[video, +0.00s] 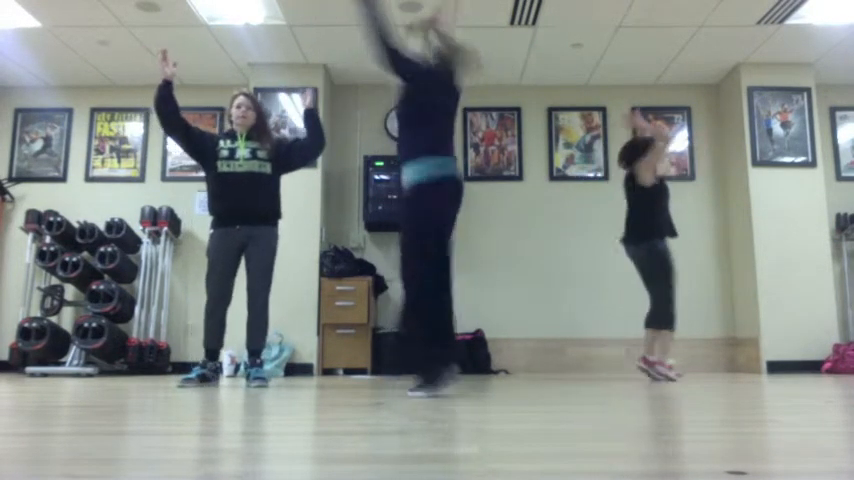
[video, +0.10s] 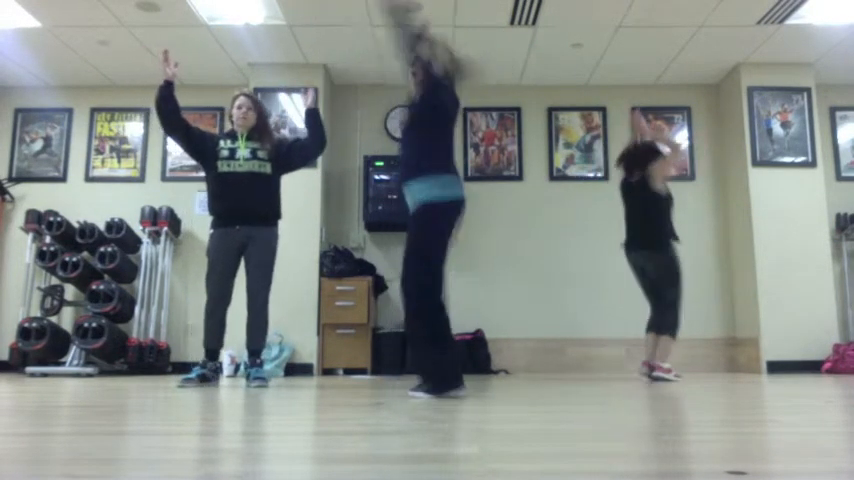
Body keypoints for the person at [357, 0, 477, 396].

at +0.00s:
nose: (414, 48)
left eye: (418, 45)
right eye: (419, 43)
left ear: (424, 52)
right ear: (449, 58)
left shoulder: (422, 78)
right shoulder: (446, 83)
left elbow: (388, 50)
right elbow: (442, 57)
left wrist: (368, 5)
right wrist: (433, 28)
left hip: (426, 185)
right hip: (443, 183)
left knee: (419, 273)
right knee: (433, 271)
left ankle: (432, 367)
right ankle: (440, 361)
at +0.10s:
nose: (412, 77)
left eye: (416, 71)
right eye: (412, 71)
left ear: (427, 73)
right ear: (435, 73)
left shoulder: (436, 99)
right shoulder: (433, 101)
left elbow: (428, 61)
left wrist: (414, 28)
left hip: (435, 199)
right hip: (434, 199)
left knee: (418, 286)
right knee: (423, 286)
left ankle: (439, 377)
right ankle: (442, 374)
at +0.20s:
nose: (424, 66)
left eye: (431, 61)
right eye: (421, 61)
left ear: (445, 65)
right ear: (416, 67)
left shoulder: (456, 96)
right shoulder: (413, 105)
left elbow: (489, 66)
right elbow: (387, 88)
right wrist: (390, 50)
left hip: (445, 200)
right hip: (419, 203)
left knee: (430, 283)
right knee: (417, 283)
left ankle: (438, 373)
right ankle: (433, 370)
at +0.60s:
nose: (454, 72)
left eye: (460, 68)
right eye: (449, 68)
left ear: (469, 75)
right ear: (441, 75)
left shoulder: (485, 118)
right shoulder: (425, 112)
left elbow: (531, 142)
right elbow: (371, 107)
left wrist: (544, 105)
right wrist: (386, 63)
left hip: (473, 214)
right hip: (429, 213)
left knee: (480, 294)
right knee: (426, 296)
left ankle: (491, 378)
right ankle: (433, 379)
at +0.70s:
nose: (459, 62)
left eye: (465, 57)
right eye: (453, 58)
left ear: (473, 66)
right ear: (444, 67)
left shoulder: (490, 109)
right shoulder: (430, 105)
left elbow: (542, 126)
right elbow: (377, 91)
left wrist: (560, 88)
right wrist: (380, 46)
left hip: (484, 207)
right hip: (441, 206)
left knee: (488, 290)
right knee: (434, 288)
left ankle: (490, 374)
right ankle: (434, 376)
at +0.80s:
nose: (461, 52)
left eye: (467, 47)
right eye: (455, 47)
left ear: (476, 55)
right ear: (446, 55)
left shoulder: (493, 96)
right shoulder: (434, 91)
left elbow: (543, 115)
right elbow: (383, 78)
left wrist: (551, 78)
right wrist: (379, 25)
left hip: (489, 194)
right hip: (447, 193)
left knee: (493, 282)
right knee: (439, 280)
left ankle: (494, 369)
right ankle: (437, 369)